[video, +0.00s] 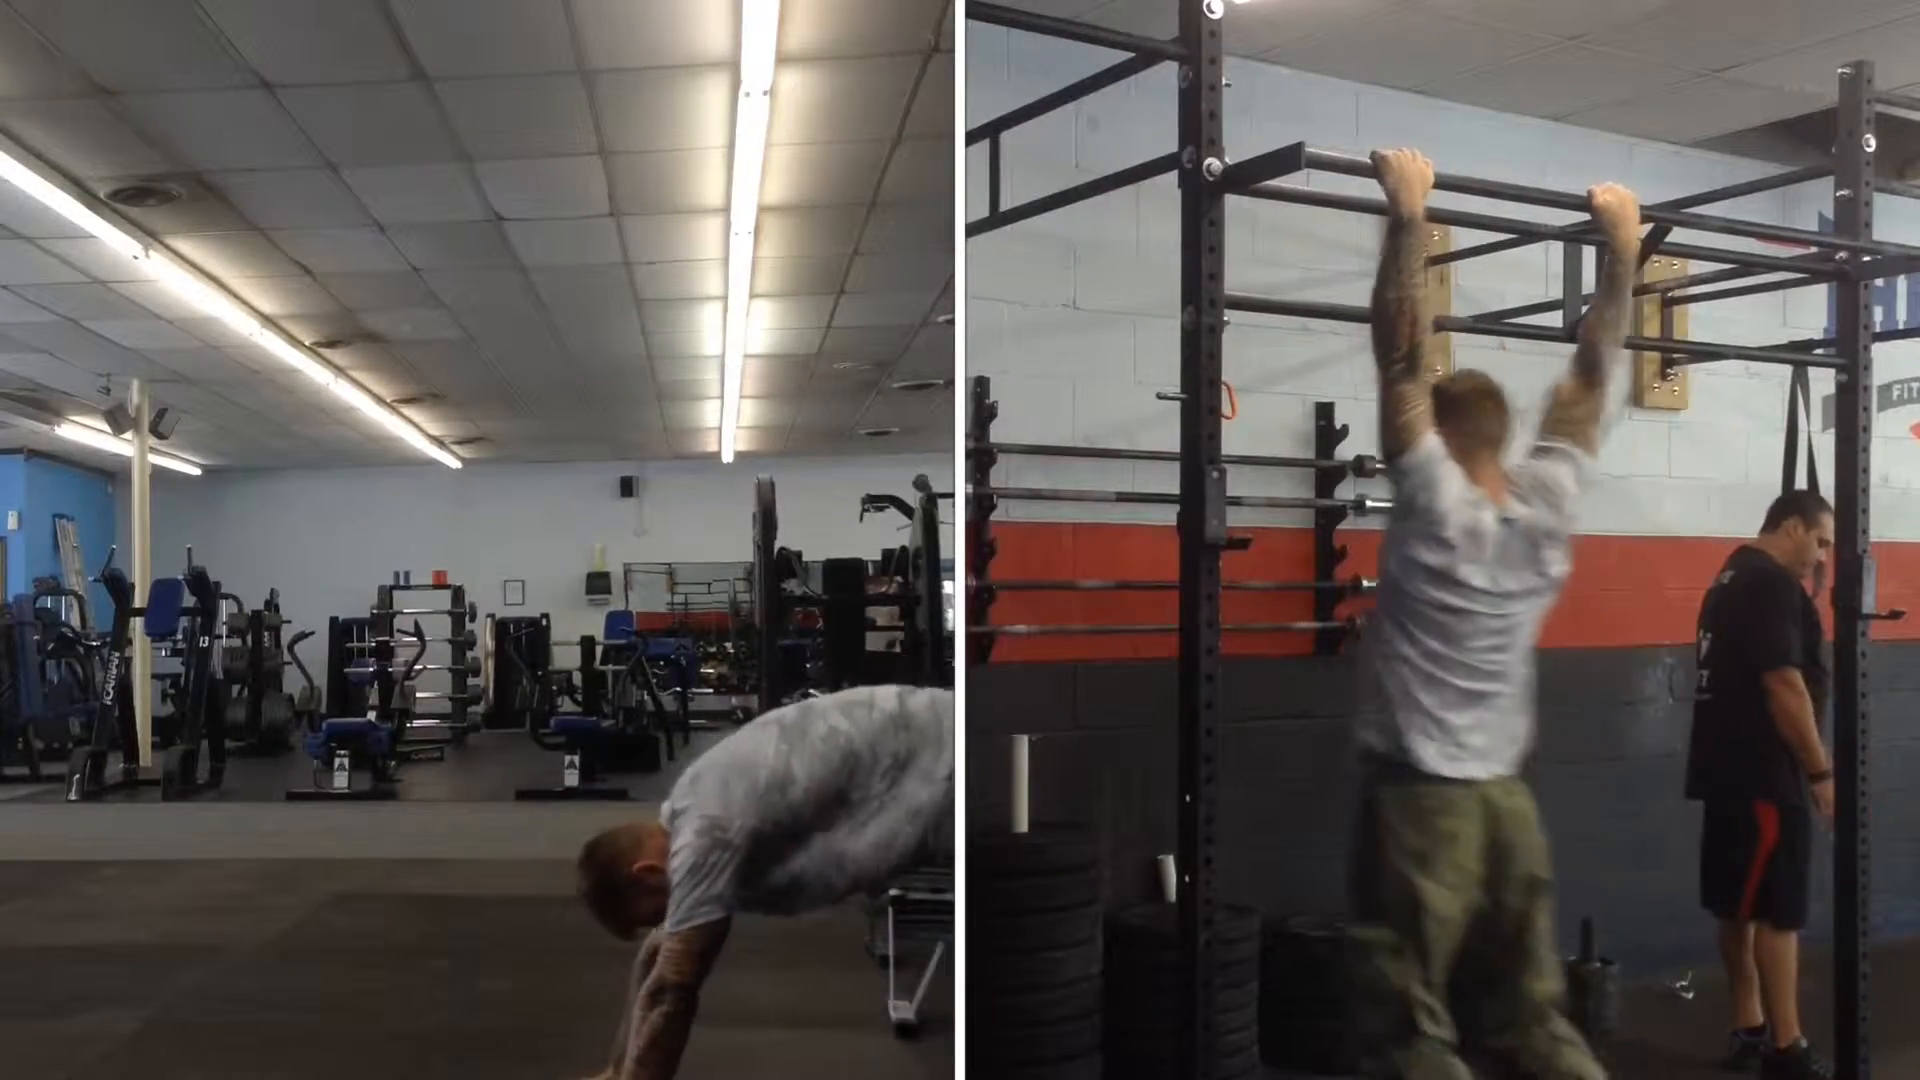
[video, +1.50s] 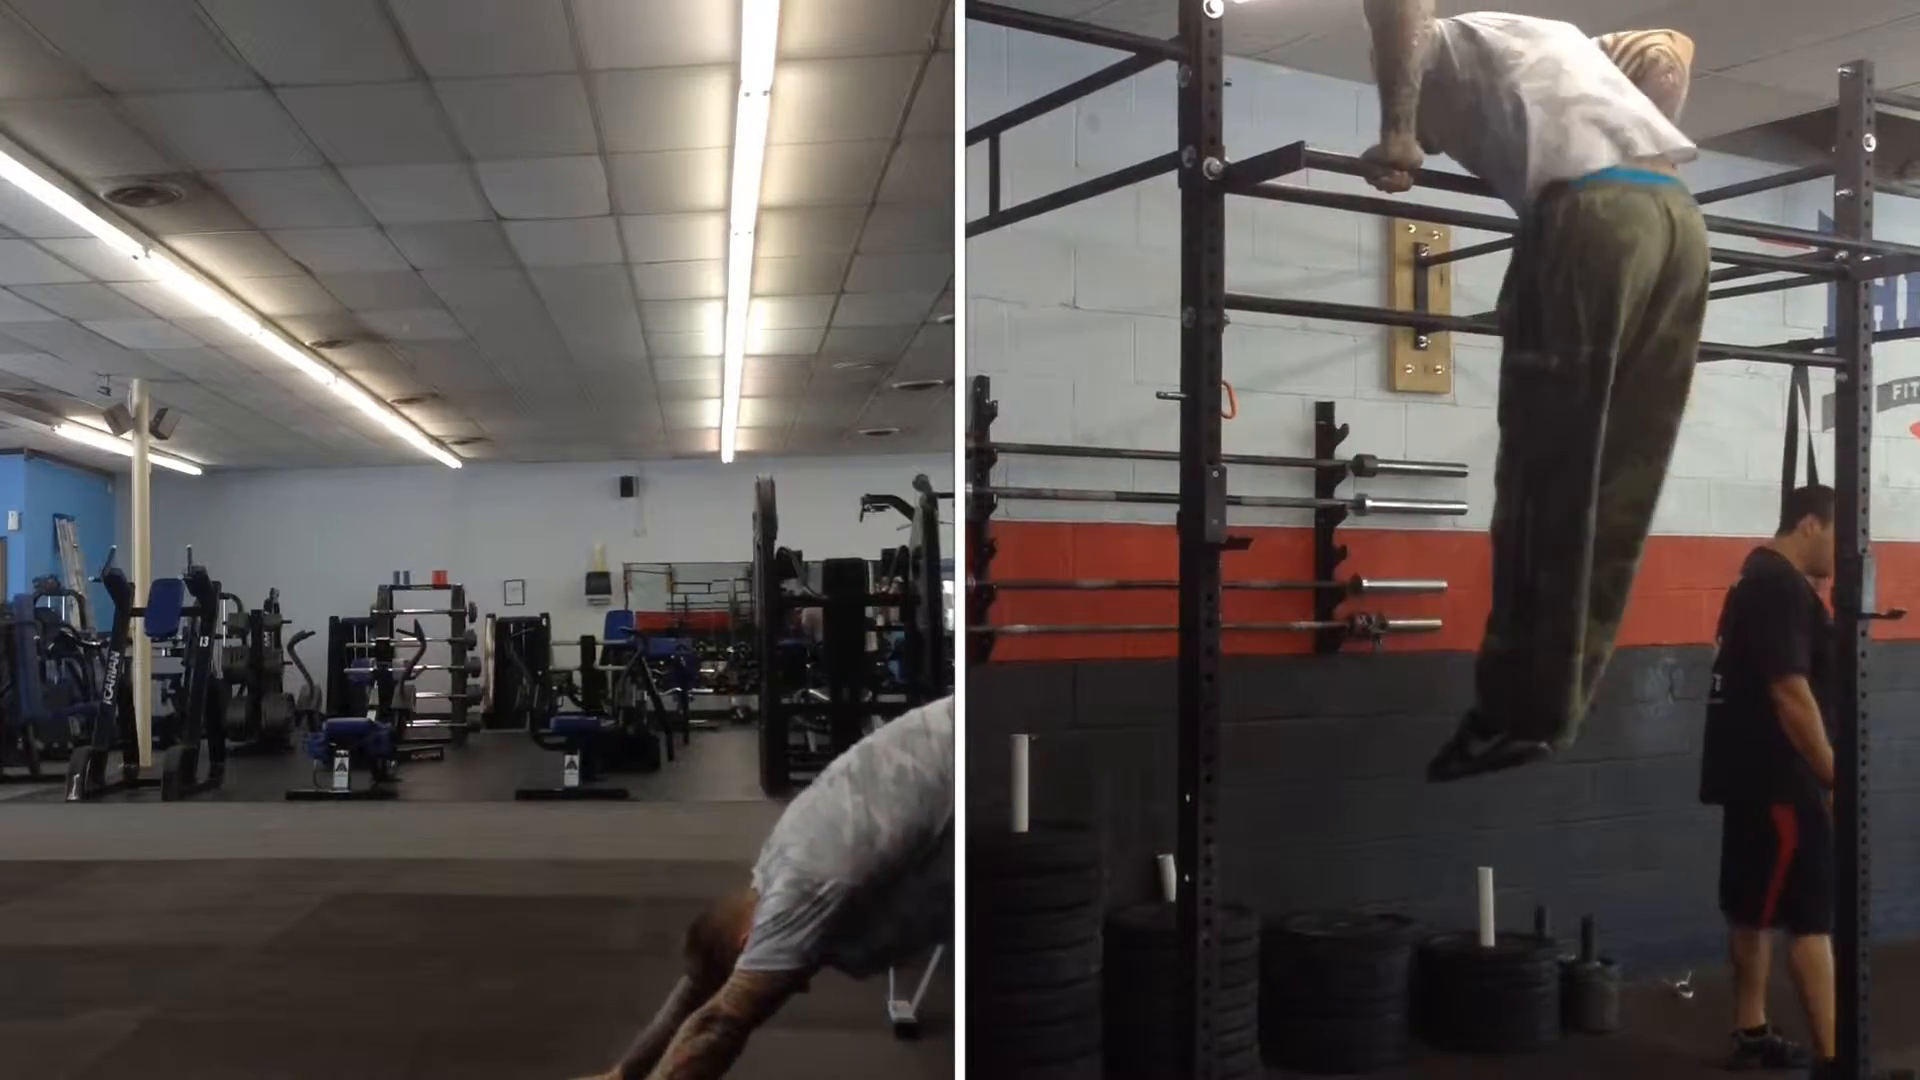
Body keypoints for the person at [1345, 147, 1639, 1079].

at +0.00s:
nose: (1429, 432)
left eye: (1432, 420)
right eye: (1453, 414)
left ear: (1435, 434)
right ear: (1509, 435)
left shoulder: (1429, 498)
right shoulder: (1545, 509)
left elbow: (1398, 352)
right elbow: (1590, 377)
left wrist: (1408, 214)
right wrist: (1622, 255)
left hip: (1419, 801)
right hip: (1507, 799)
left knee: (1406, 1022)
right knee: (1530, 1012)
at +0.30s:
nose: (1412, 411)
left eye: (1417, 402)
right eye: (1422, 404)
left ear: (1427, 424)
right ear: (1501, 436)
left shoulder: (1399, 490)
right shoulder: (1506, 521)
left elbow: (1378, 342)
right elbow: (1569, 376)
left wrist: (1399, 216)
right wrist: (1614, 262)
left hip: (1320, 744)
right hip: (1403, 746)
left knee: (1254, 925)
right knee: (1382, 928)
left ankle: (1333, 1070)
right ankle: (1429, 1068)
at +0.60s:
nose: (1552, 393)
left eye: (1560, 383)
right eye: (1564, 382)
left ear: (1571, 396)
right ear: (1631, 413)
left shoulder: (1511, 467)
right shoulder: (1641, 496)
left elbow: (1410, 362)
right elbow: (1630, 383)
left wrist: (1405, 219)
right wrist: (1628, 262)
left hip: (1403, 666)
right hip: (1473, 693)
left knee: (1241, 596)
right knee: (1266, 598)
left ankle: (1114, 628)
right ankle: (1126, 627)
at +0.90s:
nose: (1540, 69)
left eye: (1545, 56)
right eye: (1544, 56)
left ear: (1563, 54)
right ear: (1629, 62)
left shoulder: (1551, 113)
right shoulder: (1697, 148)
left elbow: (1485, 214)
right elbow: (1736, 288)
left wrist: (1416, 173)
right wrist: (1652, 264)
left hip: (1485, 386)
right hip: (1558, 420)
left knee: (1317, 449)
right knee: (1377, 494)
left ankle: (1256, 622)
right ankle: (1320, 604)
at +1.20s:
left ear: (1461, 15)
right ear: (1531, 6)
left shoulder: (1459, 24)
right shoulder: (1601, 37)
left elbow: (1428, 2)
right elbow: (1711, 60)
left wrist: (1392, 124)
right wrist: (1650, 164)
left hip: (1568, 280)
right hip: (1661, 287)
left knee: (1473, 471)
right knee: (1560, 485)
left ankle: (1403, 681)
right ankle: (1467, 628)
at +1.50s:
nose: (1437, 144)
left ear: (1428, 59)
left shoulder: (1439, 45)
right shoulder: (1562, 42)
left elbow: (1401, 1)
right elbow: (1668, 48)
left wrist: (1397, 127)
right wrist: (1639, 160)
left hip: (1591, 214)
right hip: (1682, 223)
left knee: (1549, 465)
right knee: (1627, 473)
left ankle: (1520, 711)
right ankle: (1562, 700)